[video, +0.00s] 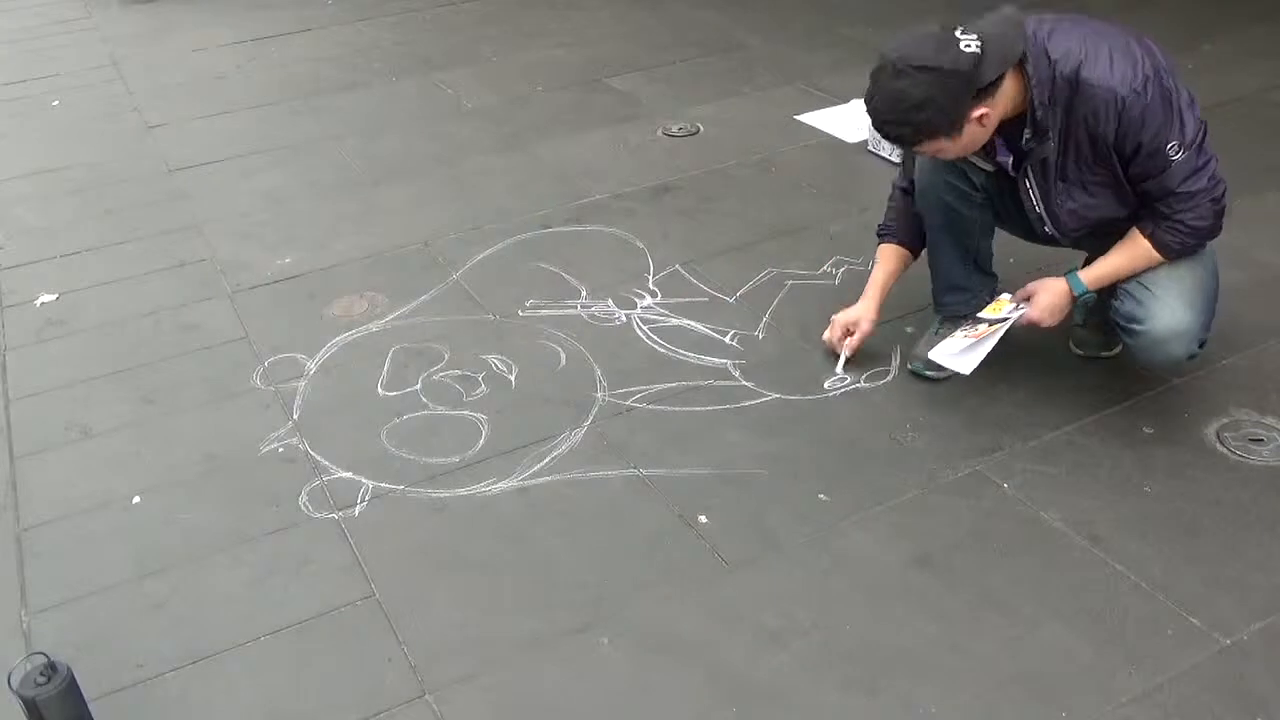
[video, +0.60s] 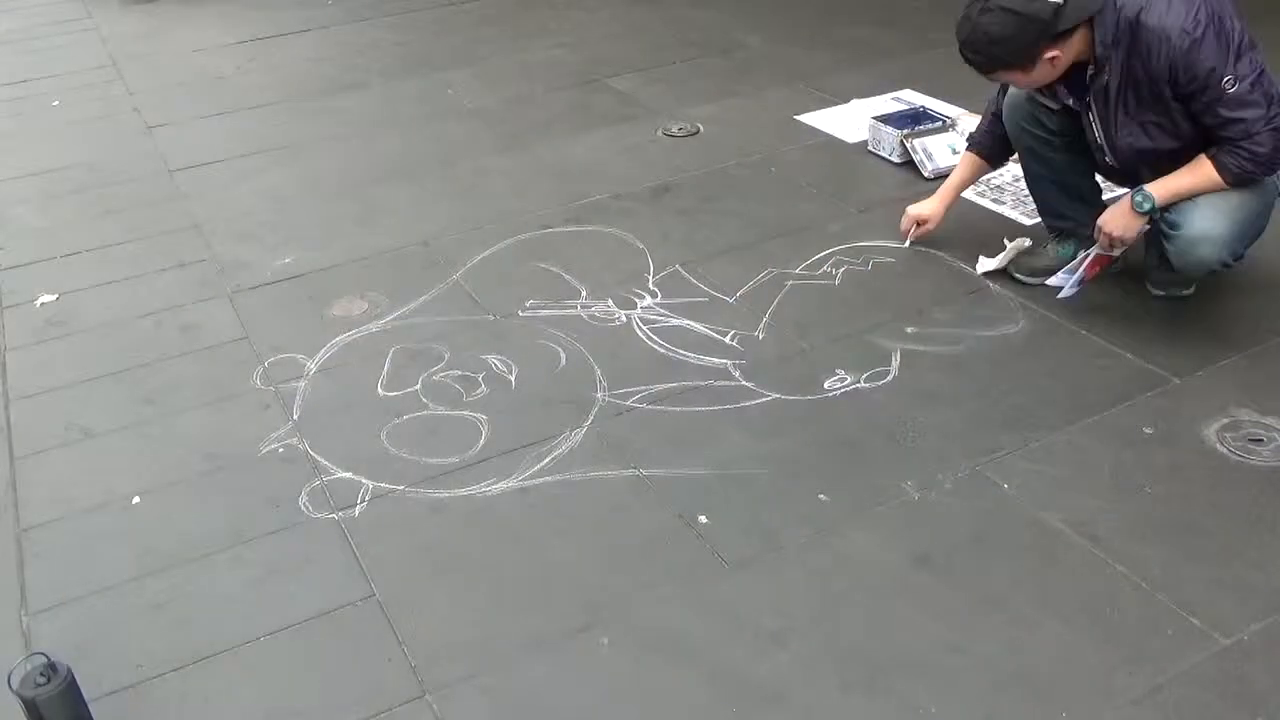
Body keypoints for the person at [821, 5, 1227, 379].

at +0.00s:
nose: (931, 157)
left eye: (934, 146)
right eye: (922, 150)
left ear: (979, 116)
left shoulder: (1122, 92)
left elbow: (1195, 214)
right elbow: (911, 194)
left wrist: (1076, 286)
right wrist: (871, 299)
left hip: (1138, 217)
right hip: (1052, 203)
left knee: (1169, 340)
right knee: (936, 170)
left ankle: (1099, 293)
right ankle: (965, 316)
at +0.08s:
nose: (921, 90)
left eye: (924, 78)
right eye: (914, 80)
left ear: (973, 44)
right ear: (974, 39)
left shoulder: (1115, 45)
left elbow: (1188, 170)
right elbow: (920, 130)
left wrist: (1069, 229)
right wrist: (903, 239)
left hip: (1170, 152)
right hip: (1071, 134)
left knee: (1165, 289)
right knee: (937, 146)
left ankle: (1109, 293)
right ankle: (1017, 282)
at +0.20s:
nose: (1010, 120)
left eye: (1008, 108)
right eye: (1000, 112)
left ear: (1043, 67)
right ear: (1044, 64)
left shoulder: (1168, 34)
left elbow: (1246, 184)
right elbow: (1003, 159)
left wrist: (1135, 268)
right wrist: (999, 261)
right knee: (1014, 184)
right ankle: (1151, 254)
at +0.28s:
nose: (893, 73)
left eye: (887, 62)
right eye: (883, 65)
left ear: (922, 33)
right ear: (923, 29)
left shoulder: (1039, 26)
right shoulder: (960, 46)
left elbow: (1104, 163)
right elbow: (920, 133)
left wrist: (1008, 234)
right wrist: (846, 216)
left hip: (1187, 146)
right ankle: (1117, 229)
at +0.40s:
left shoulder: (1256, 11)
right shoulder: (1111, 6)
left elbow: (1279, 133)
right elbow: (1087, 81)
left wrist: (1225, 217)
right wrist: (1045, 167)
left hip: (1246, 166)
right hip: (1158, 140)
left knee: (1243, 287)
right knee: (1038, 130)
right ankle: (1143, 244)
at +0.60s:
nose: (1009, 84)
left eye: (1012, 77)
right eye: (1003, 77)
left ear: (1051, 57)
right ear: (1051, 52)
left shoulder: (1182, 34)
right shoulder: (1060, 34)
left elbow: (1258, 150)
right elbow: (1004, 114)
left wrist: (1145, 199)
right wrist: (942, 198)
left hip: (1221, 162)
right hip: (1141, 151)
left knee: (1201, 243)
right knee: (1027, 109)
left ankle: (1167, 259)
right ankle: (1079, 238)